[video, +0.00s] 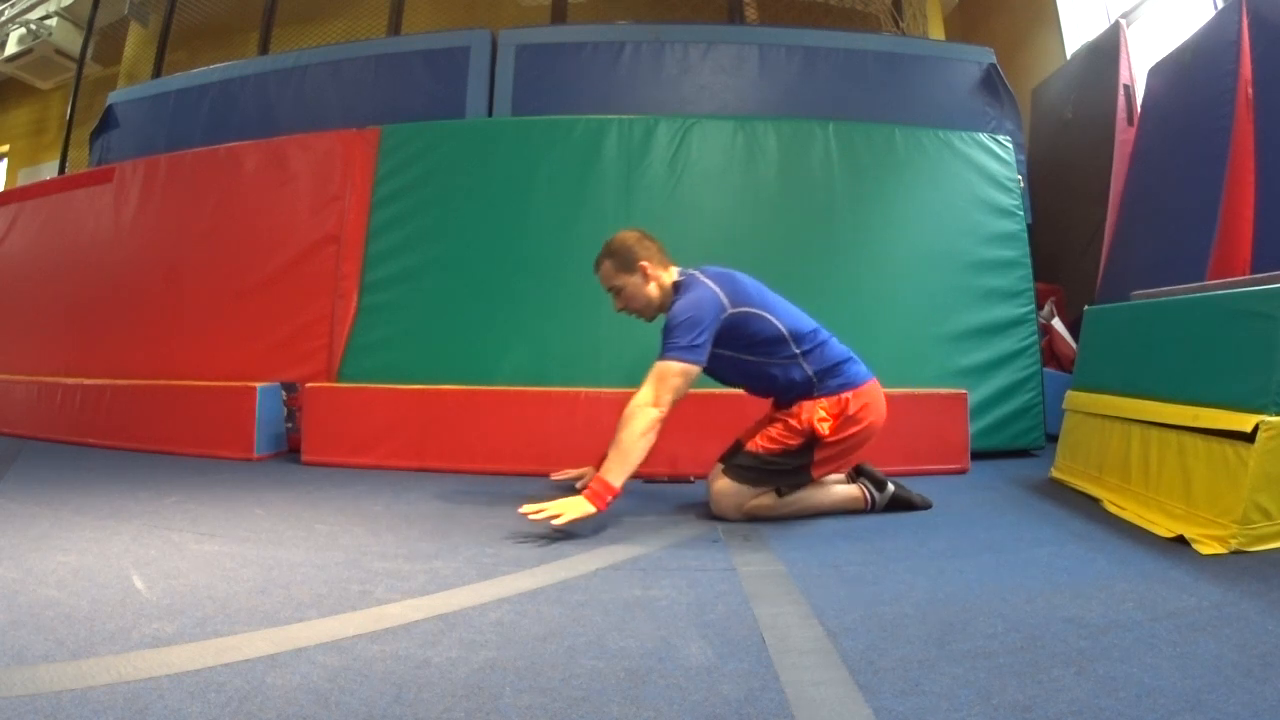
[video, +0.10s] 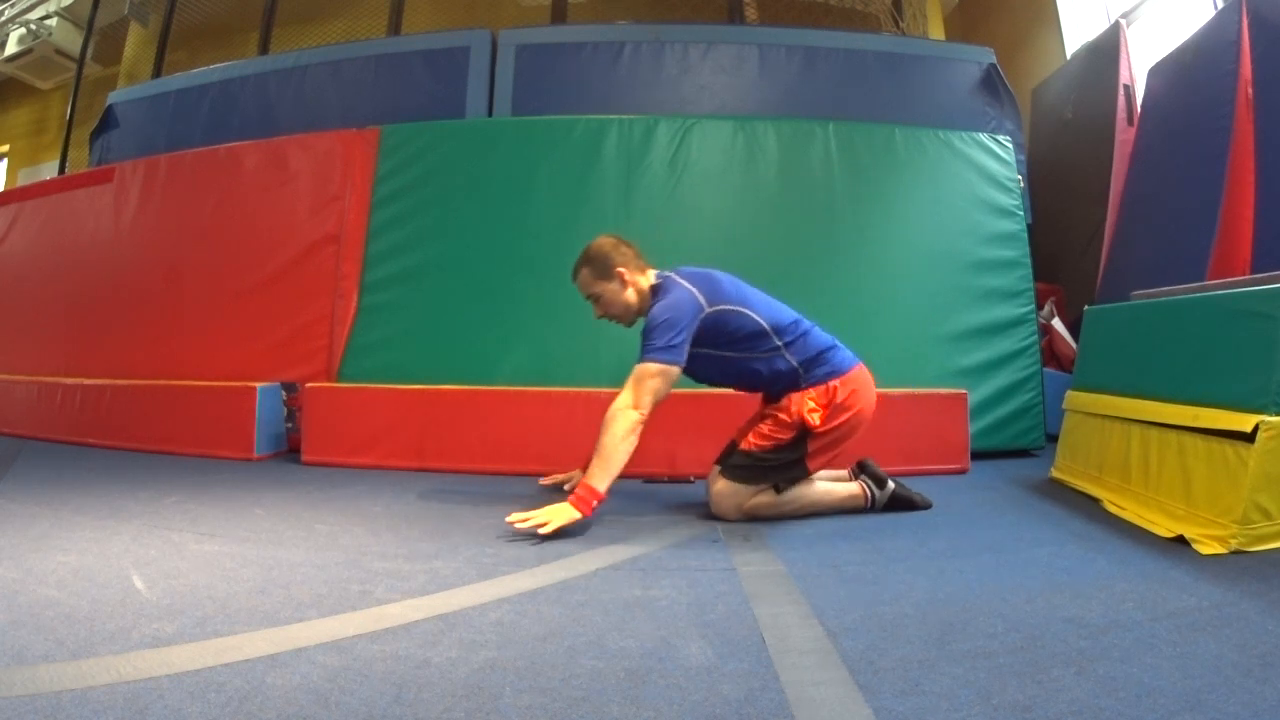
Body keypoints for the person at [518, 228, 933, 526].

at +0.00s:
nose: (617, 306)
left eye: (618, 291)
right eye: (612, 296)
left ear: (649, 272)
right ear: (650, 273)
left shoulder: (698, 301)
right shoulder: (692, 292)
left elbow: (655, 405)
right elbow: (652, 398)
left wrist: (599, 494)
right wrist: (604, 469)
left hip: (838, 402)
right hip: (820, 395)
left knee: (729, 500)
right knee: (724, 484)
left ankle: (865, 495)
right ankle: (853, 482)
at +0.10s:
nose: (597, 313)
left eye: (596, 300)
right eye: (591, 304)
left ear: (626, 277)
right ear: (626, 278)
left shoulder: (676, 303)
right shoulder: (671, 296)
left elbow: (634, 409)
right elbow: (634, 402)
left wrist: (584, 501)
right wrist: (589, 473)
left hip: (827, 390)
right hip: (806, 385)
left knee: (729, 500)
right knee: (726, 484)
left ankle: (865, 493)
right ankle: (851, 481)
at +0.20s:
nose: (578, 316)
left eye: (576, 303)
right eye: (572, 307)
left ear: (606, 282)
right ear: (608, 281)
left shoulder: (655, 304)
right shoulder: (650, 293)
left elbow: (620, 412)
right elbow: (622, 400)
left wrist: (580, 508)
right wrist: (587, 475)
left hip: (814, 380)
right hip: (806, 373)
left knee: (728, 499)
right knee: (732, 486)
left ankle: (866, 490)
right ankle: (856, 478)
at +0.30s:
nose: (561, 317)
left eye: (559, 305)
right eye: (555, 309)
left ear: (586, 283)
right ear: (587, 280)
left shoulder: (634, 301)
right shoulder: (634, 292)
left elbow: (611, 412)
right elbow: (615, 400)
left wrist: (583, 513)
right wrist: (587, 474)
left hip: (801, 372)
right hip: (797, 366)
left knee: (727, 501)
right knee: (737, 481)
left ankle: (865, 490)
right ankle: (855, 470)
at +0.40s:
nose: (546, 321)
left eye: (542, 308)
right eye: (539, 313)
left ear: (570, 285)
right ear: (571, 283)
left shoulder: (620, 302)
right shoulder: (618, 291)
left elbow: (604, 412)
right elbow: (609, 401)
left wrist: (582, 514)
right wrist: (588, 472)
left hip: (789, 362)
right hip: (786, 357)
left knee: (725, 501)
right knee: (737, 483)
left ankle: (862, 486)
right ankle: (855, 469)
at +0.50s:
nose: (530, 322)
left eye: (526, 309)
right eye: (523, 313)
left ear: (554, 286)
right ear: (557, 283)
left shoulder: (610, 299)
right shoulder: (606, 289)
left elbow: (594, 410)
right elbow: (605, 401)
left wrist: (582, 516)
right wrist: (588, 473)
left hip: (779, 357)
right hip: (775, 352)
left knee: (726, 500)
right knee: (737, 482)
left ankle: (862, 483)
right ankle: (855, 469)